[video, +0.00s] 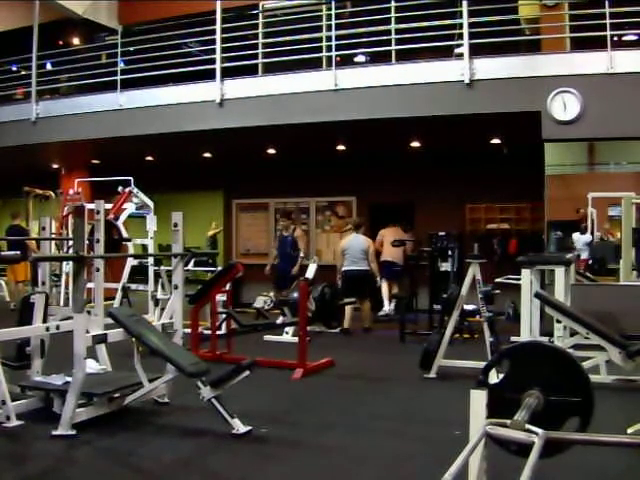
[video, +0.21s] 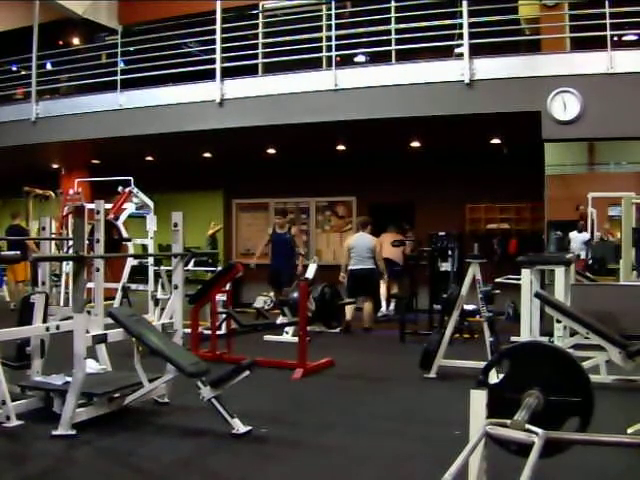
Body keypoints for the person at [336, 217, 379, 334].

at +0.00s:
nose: (364, 229)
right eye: (363, 228)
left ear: (352, 228)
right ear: (362, 228)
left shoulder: (344, 242)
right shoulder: (368, 241)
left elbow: (339, 261)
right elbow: (372, 261)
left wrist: (338, 274)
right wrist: (377, 275)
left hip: (348, 272)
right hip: (364, 272)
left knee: (349, 301)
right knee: (365, 300)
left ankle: (346, 326)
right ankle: (367, 324)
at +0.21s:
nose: (371, 229)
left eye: (370, 227)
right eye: (370, 227)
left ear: (358, 227)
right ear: (368, 227)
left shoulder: (349, 240)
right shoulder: (374, 240)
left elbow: (345, 258)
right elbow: (378, 258)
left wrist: (342, 271)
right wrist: (383, 272)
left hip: (354, 270)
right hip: (369, 270)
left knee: (351, 299)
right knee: (368, 298)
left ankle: (348, 319)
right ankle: (367, 324)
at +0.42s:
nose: (373, 228)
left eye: (372, 226)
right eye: (372, 226)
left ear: (360, 226)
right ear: (371, 227)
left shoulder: (353, 240)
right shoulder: (377, 240)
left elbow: (349, 256)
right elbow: (382, 258)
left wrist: (349, 268)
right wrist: (386, 269)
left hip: (356, 269)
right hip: (371, 269)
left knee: (356, 299)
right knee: (369, 298)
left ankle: (354, 322)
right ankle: (367, 324)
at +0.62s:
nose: (373, 228)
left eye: (372, 227)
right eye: (373, 227)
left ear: (361, 227)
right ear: (371, 227)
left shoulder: (354, 240)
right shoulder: (377, 240)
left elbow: (351, 256)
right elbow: (382, 257)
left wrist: (352, 266)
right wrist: (387, 268)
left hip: (358, 269)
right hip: (372, 269)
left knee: (359, 298)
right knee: (369, 297)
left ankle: (361, 322)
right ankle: (367, 324)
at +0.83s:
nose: (373, 229)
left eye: (372, 227)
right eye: (372, 227)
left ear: (361, 227)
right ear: (370, 227)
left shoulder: (354, 241)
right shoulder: (375, 241)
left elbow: (352, 259)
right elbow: (380, 259)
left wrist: (351, 273)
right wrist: (386, 272)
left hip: (358, 269)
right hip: (371, 269)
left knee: (360, 297)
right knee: (369, 297)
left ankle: (363, 321)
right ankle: (367, 323)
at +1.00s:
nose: (373, 228)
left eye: (372, 226)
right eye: (372, 226)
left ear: (361, 227)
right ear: (370, 227)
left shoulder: (354, 240)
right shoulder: (374, 240)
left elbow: (352, 258)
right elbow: (378, 257)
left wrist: (351, 271)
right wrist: (384, 270)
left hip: (358, 268)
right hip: (370, 268)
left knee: (360, 297)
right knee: (370, 296)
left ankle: (363, 320)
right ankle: (367, 320)